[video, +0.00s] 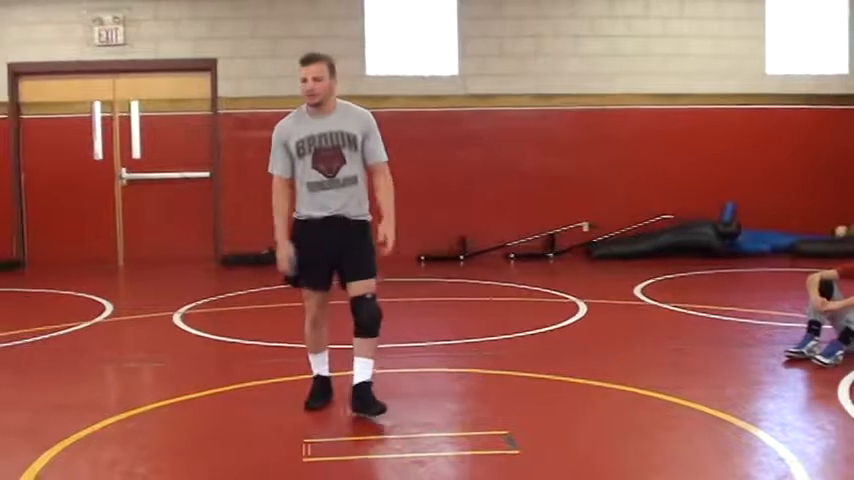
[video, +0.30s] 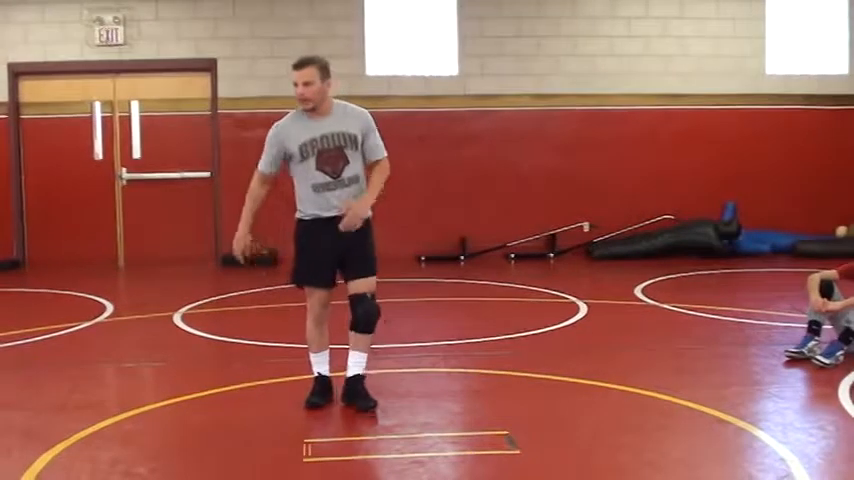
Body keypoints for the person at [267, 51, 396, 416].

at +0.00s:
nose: (310, 86)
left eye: (317, 79)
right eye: (304, 80)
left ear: (333, 82)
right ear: (299, 84)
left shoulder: (361, 120)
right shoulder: (286, 130)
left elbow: (380, 173)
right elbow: (281, 186)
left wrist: (388, 220)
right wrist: (282, 240)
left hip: (355, 226)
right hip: (310, 228)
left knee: (366, 311)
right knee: (314, 309)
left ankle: (362, 388)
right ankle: (321, 380)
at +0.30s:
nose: (301, 91)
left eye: (308, 84)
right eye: (296, 85)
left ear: (328, 85)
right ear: (293, 88)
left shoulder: (359, 119)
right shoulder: (283, 131)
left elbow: (381, 164)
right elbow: (262, 180)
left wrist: (365, 203)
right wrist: (243, 228)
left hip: (355, 223)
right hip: (312, 227)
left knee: (365, 308)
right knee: (317, 306)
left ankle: (355, 382)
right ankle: (321, 380)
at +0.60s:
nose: (335, 89)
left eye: (340, 82)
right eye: (327, 83)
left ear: (347, 84)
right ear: (313, 87)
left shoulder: (367, 121)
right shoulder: (293, 129)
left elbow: (387, 170)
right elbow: (279, 179)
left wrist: (406, 216)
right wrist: (303, 213)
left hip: (362, 222)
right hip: (321, 225)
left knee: (387, 300)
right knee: (321, 304)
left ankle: (387, 372)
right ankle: (322, 380)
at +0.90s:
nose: (385, 89)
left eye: (386, 83)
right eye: (379, 84)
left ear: (372, 87)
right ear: (357, 86)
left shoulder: (389, 123)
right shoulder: (328, 125)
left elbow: (400, 172)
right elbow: (310, 177)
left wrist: (414, 214)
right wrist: (359, 170)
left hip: (383, 221)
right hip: (345, 224)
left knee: (396, 299)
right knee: (336, 303)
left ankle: (392, 371)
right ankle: (325, 379)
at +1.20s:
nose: (422, 94)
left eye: (423, 88)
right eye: (418, 88)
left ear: (407, 88)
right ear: (396, 86)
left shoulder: (417, 128)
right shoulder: (361, 121)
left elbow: (422, 180)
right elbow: (343, 172)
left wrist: (435, 228)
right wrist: (391, 184)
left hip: (403, 222)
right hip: (368, 223)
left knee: (401, 300)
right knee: (364, 302)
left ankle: (392, 371)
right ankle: (347, 375)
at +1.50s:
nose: (445, 99)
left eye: (447, 93)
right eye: (441, 92)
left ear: (433, 93)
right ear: (420, 88)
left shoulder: (437, 132)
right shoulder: (383, 122)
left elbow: (440, 183)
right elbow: (356, 170)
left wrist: (454, 228)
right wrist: (346, 222)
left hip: (418, 221)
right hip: (385, 221)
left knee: (408, 294)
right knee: (413, 292)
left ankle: (392, 370)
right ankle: (433, 368)